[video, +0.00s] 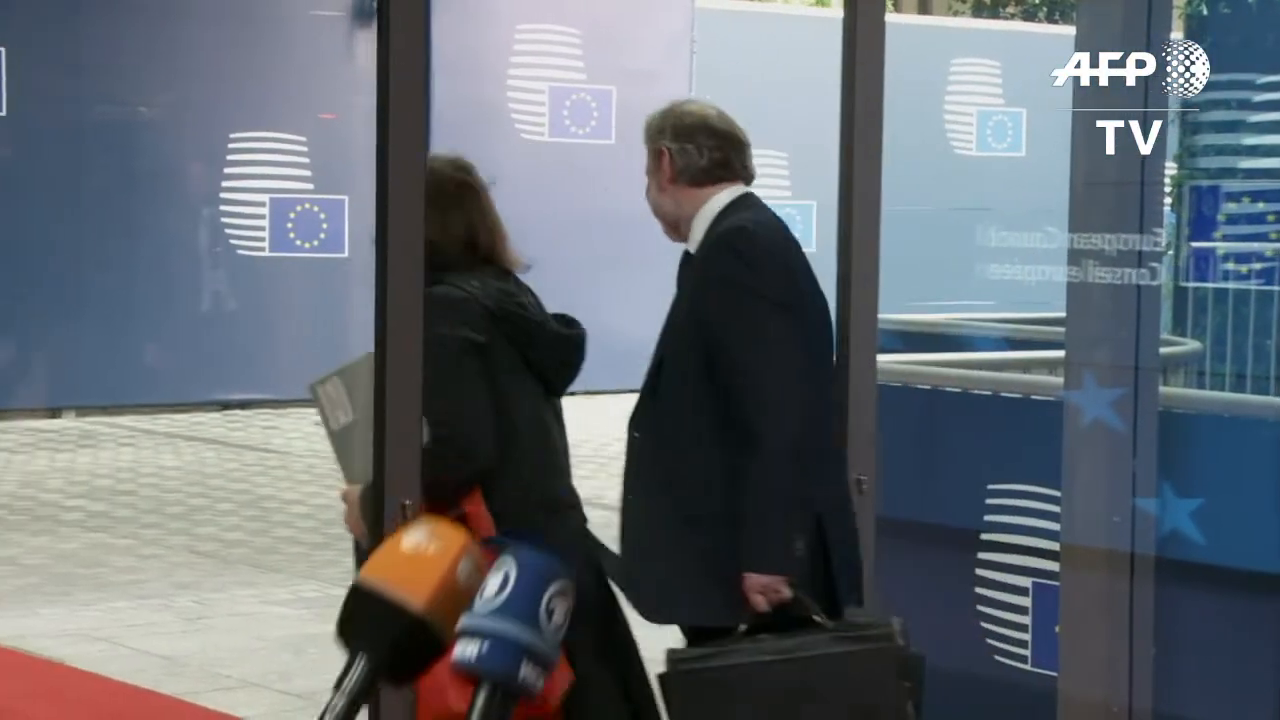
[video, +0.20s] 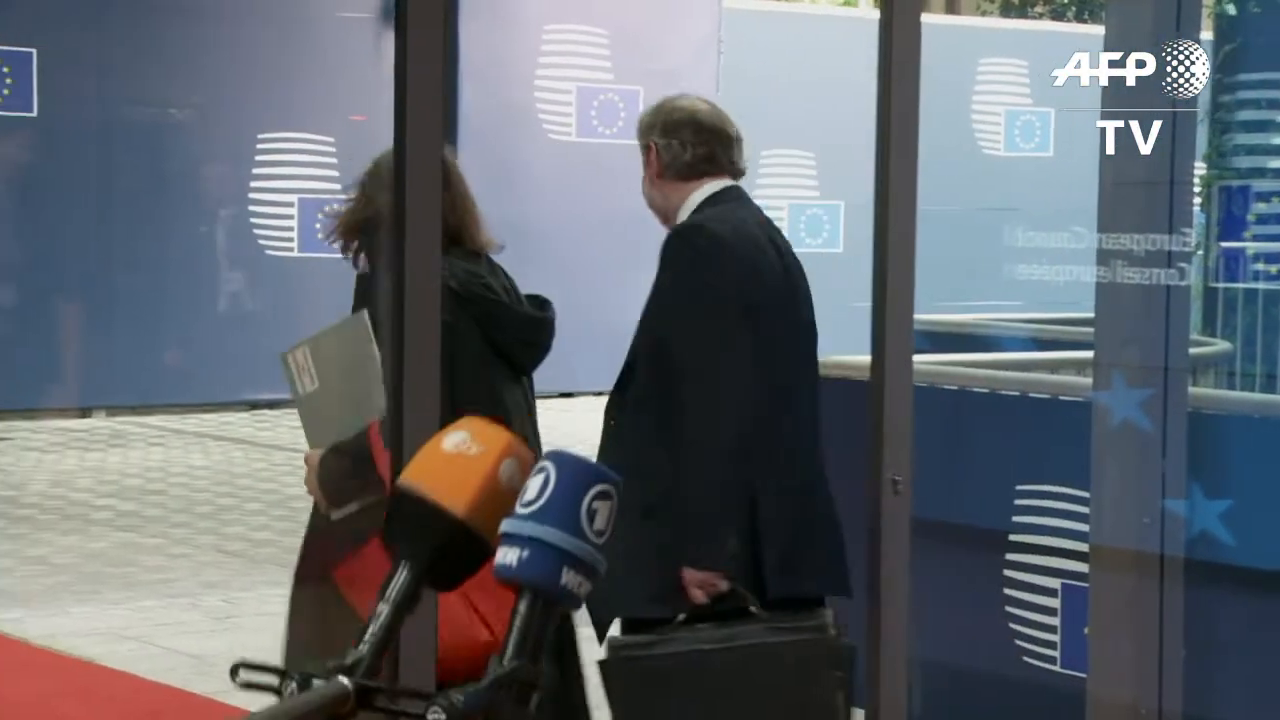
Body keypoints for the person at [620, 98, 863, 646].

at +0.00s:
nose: (647, 193)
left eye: (647, 174)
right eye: (646, 176)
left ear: (667, 166)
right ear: (730, 163)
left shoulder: (737, 248)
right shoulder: (746, 239)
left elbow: (774, 410)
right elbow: (774, 408)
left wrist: (765, 553)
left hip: (739, 570)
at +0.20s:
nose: (643, 184)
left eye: (641, 164)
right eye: (641, 167)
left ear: (654, 160)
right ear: (727, 159)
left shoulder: (700, 244)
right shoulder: (762, 240)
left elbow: (709, 404)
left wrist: (703, 546)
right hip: (766, 546)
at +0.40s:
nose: (630, 188)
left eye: (628, 175)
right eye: (630, 175)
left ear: (639, 178)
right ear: (716, 172)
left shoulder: (652, 255)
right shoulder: (770, 265)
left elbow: (644, 411)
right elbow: (769, 416)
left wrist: (636, 551)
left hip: (678, 556)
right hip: (766, 552)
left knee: (672, 708)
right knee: (759, 709)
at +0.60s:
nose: (595, 190)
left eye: (595, 180)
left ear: (602, 186)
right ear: (680, 177)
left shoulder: (596, 268)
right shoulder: (743, 274)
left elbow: (588, 420)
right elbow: (764, 413)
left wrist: (570, 550)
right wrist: (737, 508)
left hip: (626, 547)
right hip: (727, 540)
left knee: (624, 702)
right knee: (727, 702)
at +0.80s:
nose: (578, 171)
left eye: (577, 162)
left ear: (584, 168)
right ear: (661, 158)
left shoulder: (564, 251)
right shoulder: (727, 256)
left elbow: (546, 396)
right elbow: (763, 400)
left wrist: (525, 512)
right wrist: (768, 516)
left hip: (596, 515)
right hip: (699, 517)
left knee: (607, 688)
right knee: (664, 683)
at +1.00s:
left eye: (566, 176)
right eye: (649, 164)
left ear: (569, 183)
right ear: (645, 173)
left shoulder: (542, 258)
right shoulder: (708, 264)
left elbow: (514, 400)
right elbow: (749, 399)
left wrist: (502, 517)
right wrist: (761, 514)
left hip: (572, 509)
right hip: (678, 511)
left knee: (586, 672)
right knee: (637, 668)